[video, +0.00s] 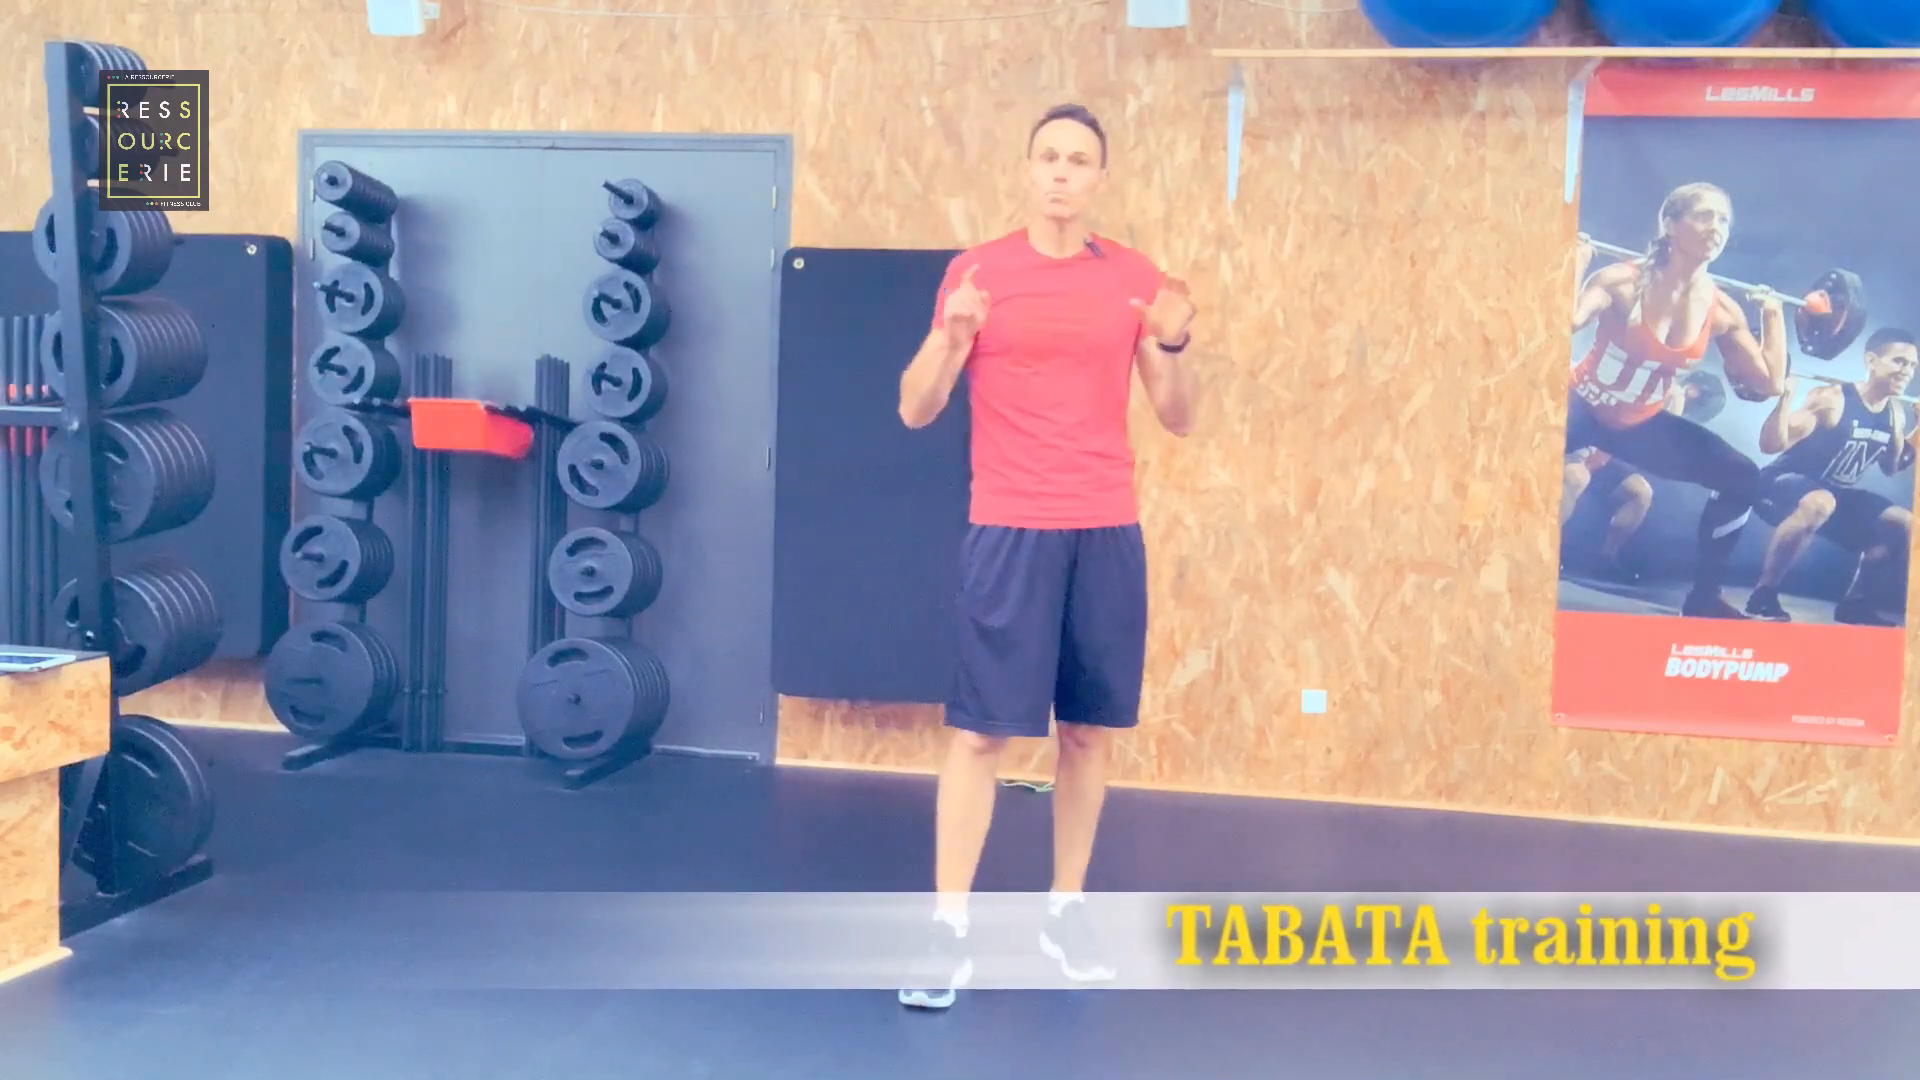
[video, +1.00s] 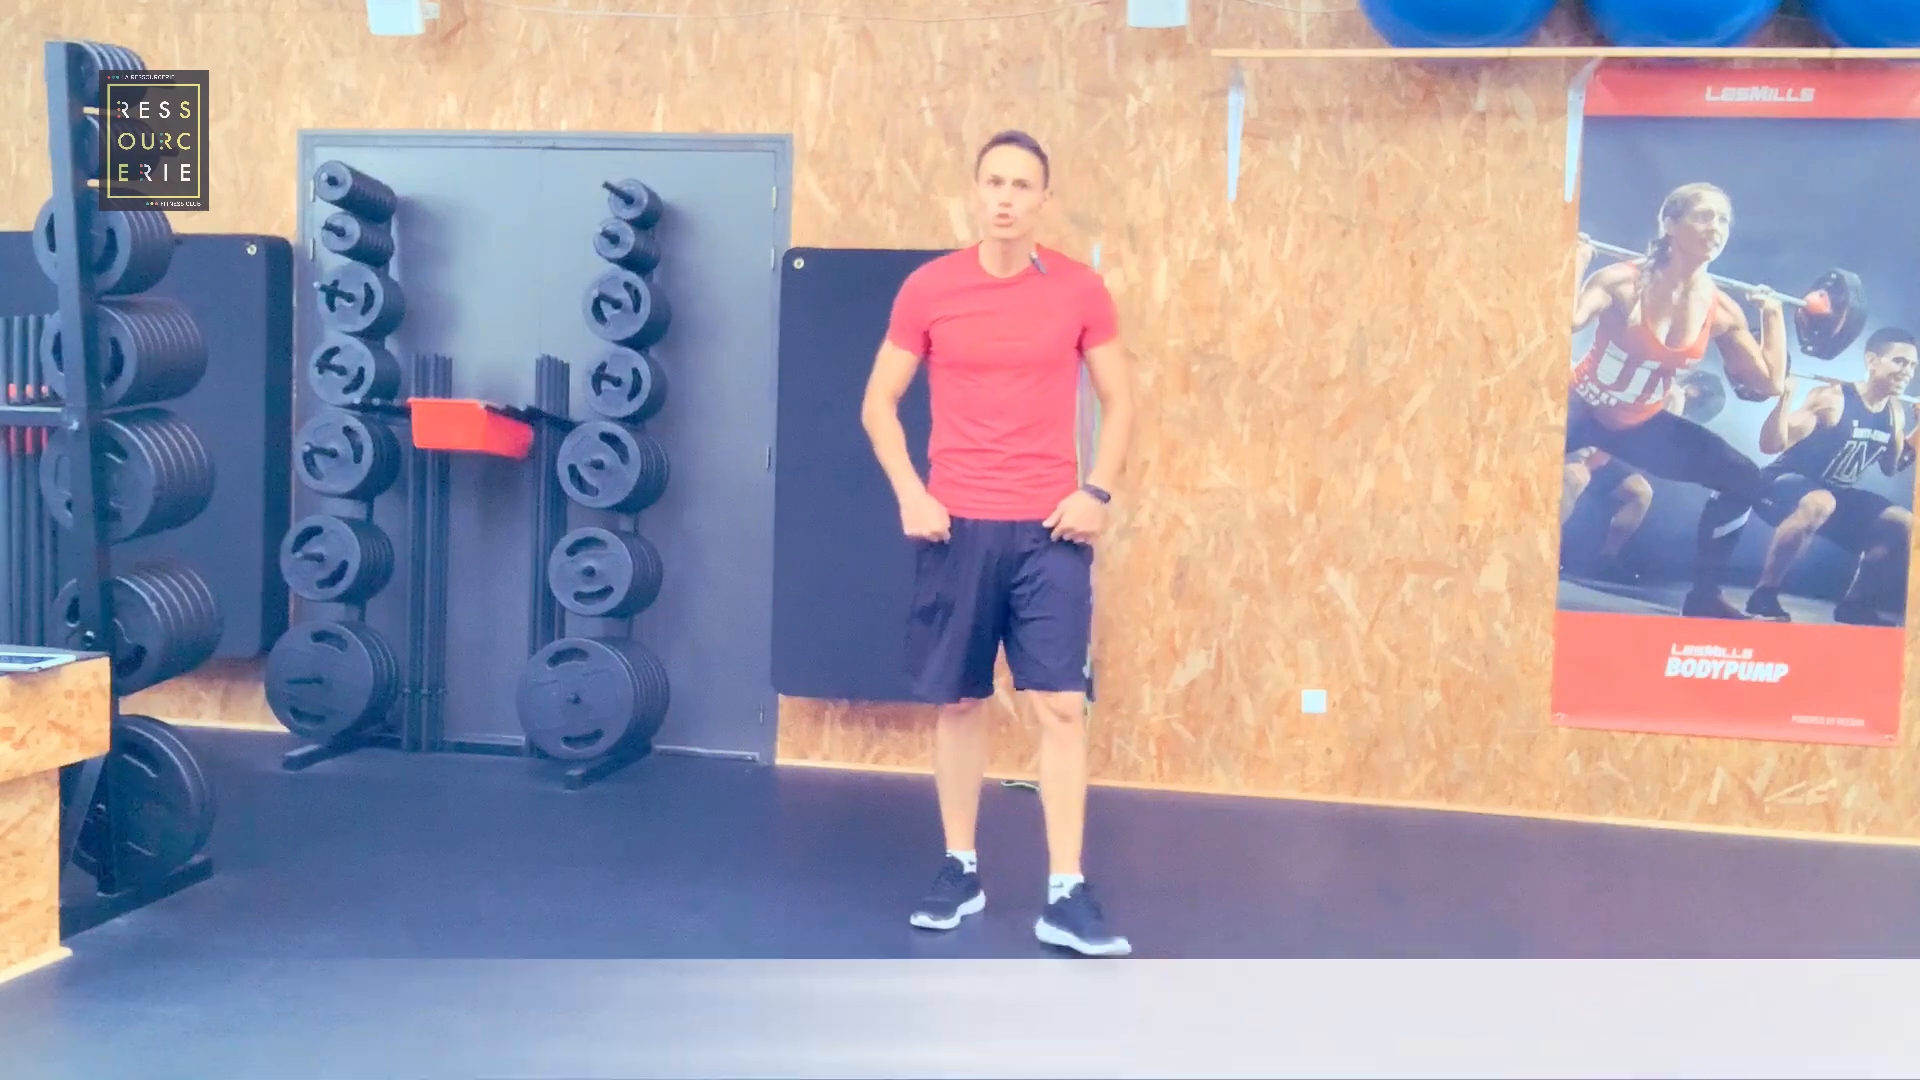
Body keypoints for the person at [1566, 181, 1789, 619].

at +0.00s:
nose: (1716, 228)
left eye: (1724, 221)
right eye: (1704, 216)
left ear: (1728, 233)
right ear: (1671, 224)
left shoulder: (1722, 310)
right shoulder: (1620, 279)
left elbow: (1769, 385)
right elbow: (1559, 325)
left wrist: (1773, 312)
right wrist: (1573, 269)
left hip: (1644, 425)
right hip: (1579, 408)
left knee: (1741, 477)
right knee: (1516, 445)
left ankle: (1705, 597)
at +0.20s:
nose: (1716, 228)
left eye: (1724, 220)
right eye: (1704, 216)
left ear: (1728, 233)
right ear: (1671, 224)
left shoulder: (1722, 310)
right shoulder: (1620, 279)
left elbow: (1769, 385)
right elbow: (1559, 325)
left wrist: (1773, 312)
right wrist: (1573, 269)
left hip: (1644, 425)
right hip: (1579, 409)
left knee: (1741, 478)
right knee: (1515, 447)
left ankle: (1705, 597)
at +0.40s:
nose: (1716, 228)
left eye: (1724, 220)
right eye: (1704, 216)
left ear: (1728, 233)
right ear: (1670, 224)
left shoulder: (1722, 310)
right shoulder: (1620, 279)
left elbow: (1769, 385)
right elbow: (1559, 325)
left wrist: (1773, 312)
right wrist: (1573, 269)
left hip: (1643, 425)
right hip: (1579, 408)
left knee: (1741, 478)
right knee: (1517, 448)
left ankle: (1705, 597)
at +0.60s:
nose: (1716, 228)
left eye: (1724, 221)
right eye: (1704, 216)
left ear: (1728, 233)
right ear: (1671, 223)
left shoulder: (1722, 310)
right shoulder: (1620, 280)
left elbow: (1768, 385)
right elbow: (1559, 325)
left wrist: (1773, 311)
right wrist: (1573, 269)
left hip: (1644, 424)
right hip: (1579, 408)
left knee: (1742, 478)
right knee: (1518, 447)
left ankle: (1705, 596)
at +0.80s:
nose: (1716, 228)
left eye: (1724, 221)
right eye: (1704, 216)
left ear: (1728, 233)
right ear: (1671, 223)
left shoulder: (1722, 310)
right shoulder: (1620, 280)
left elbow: (1768, 385)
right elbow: (1559, 325)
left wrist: (1773, 311)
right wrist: (1573, 269)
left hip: (1644, 424)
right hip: (1579, 408)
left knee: (1742, 478)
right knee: (1517, 447)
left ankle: (1705, 596)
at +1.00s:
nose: (1716, 228)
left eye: (1724, 220)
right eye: (1704, 216)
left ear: (1729, 233)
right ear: (1670, 224)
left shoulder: (1721, 310)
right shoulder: (1620, 279)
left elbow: (1769, 385)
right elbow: (1558, 326)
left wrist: (1773, 312)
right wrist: (1572, 268)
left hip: (1645, 425)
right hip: (1579, 409)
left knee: (1742, 478)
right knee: (1510, 452)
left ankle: (1705, 597)